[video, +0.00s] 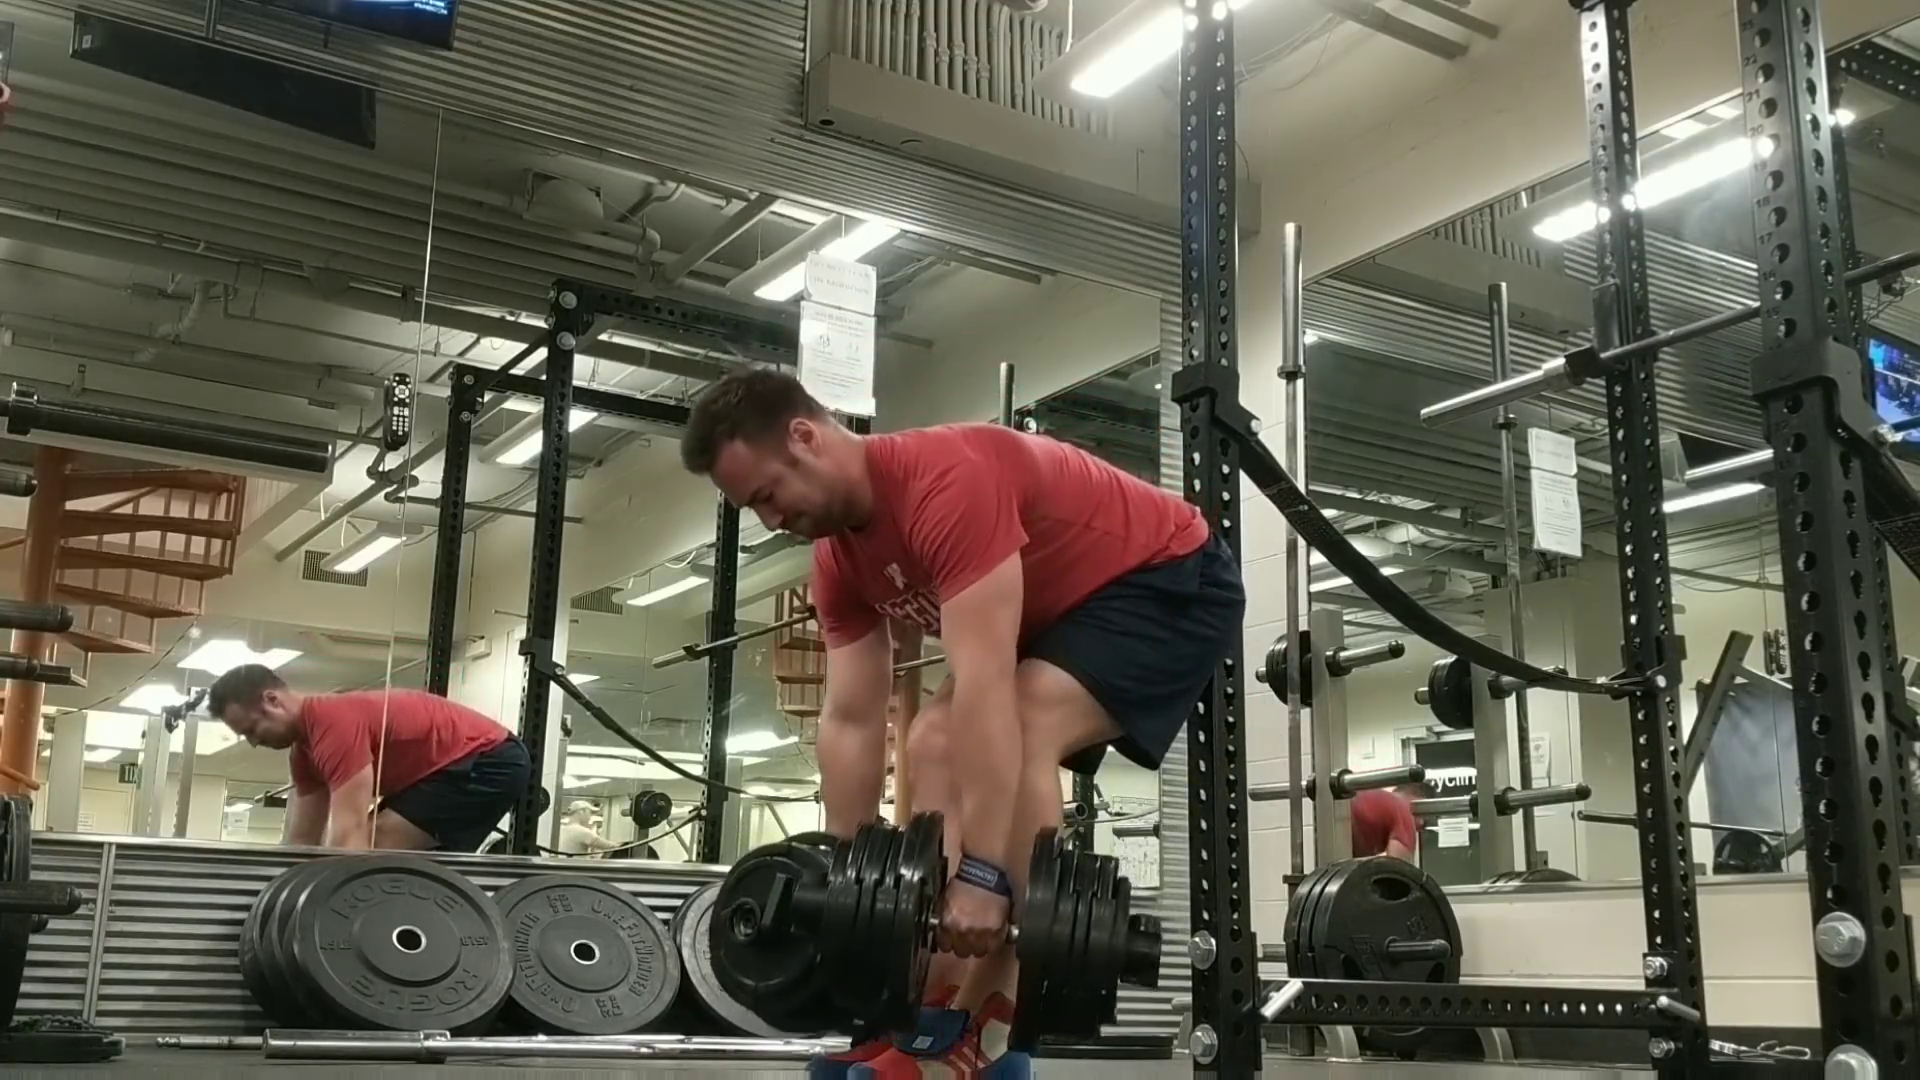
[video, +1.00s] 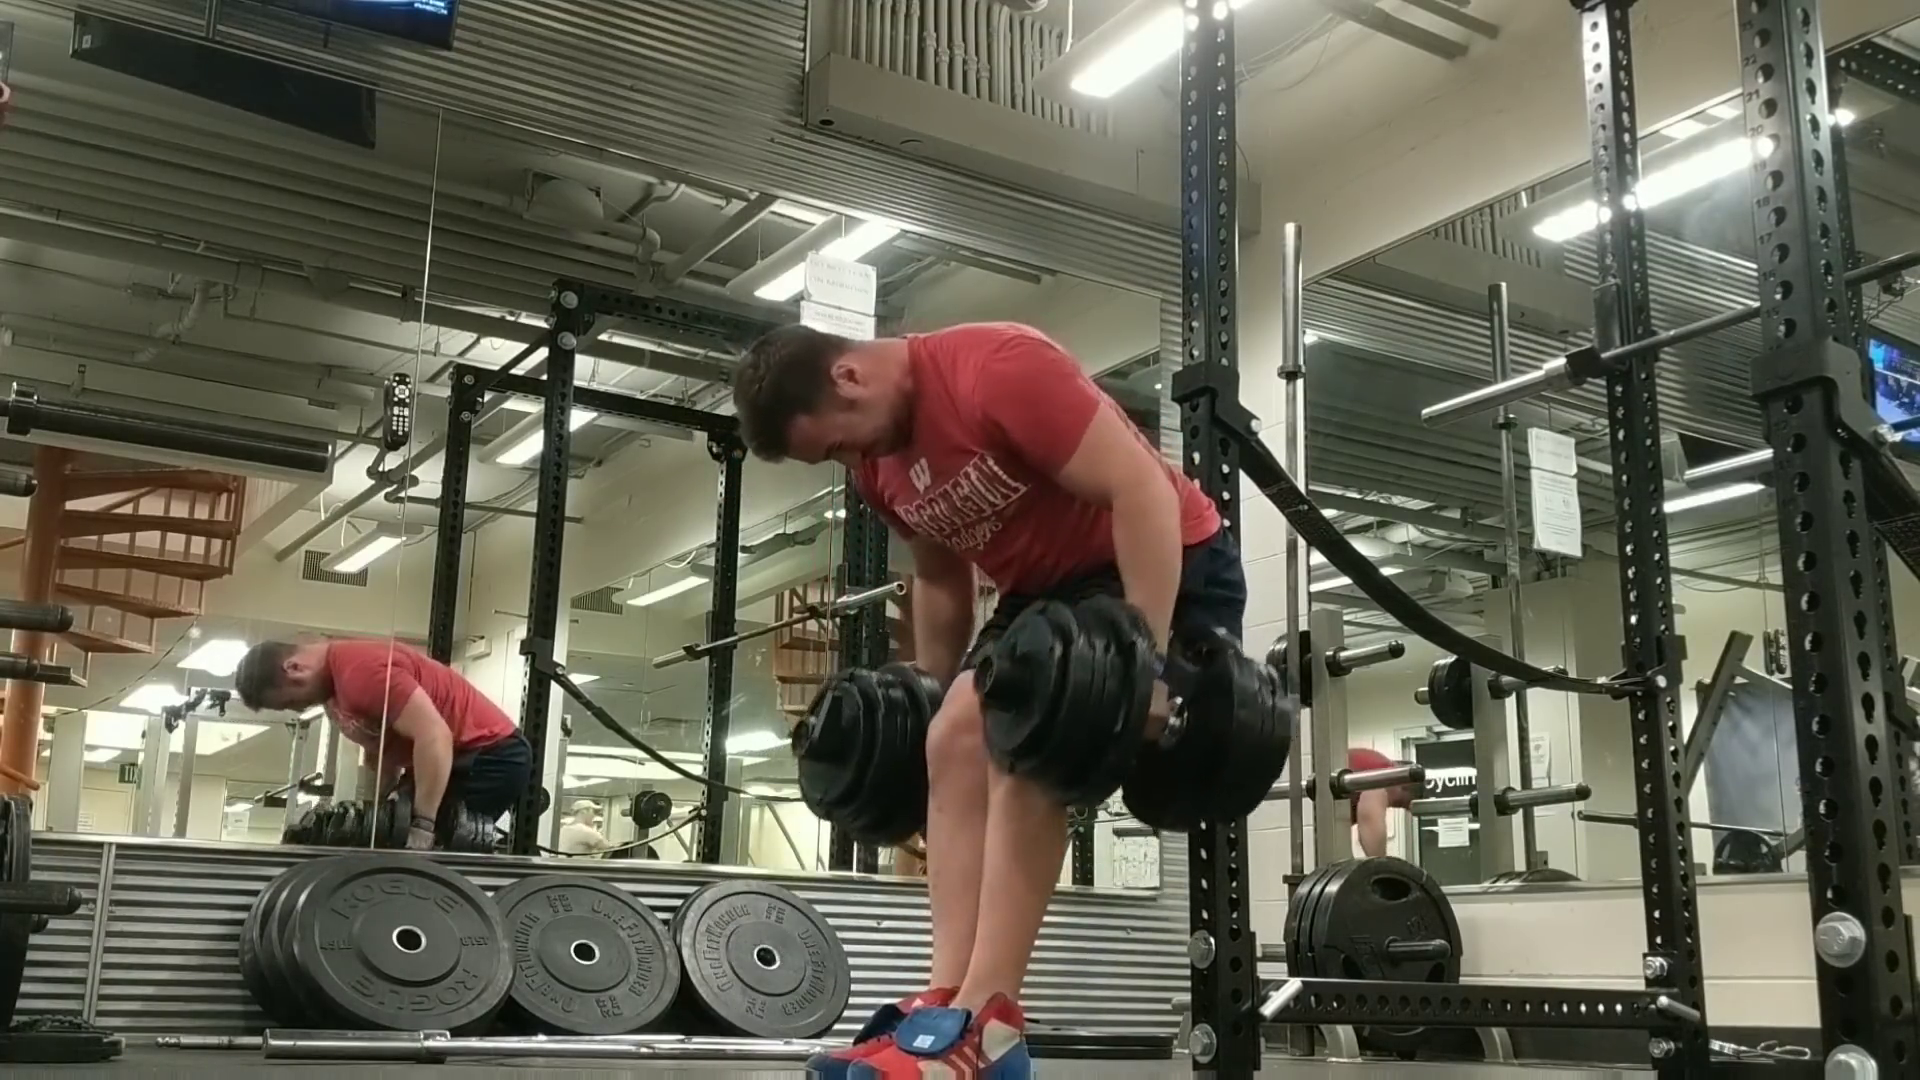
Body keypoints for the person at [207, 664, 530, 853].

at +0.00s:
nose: (252, 741)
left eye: (249, 729)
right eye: (244, 735)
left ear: (273, 700)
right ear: (273, 703)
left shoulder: (335, 723)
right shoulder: (305, 748)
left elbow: (351, 834)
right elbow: (301, 840)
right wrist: (274, 910)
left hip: (489, 760)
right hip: (460, 768)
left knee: (380, 839)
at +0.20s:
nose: (265, 723)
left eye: (262, 712)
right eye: (256, 718)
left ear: (280, 680)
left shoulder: (342, 705)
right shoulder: (310, 729)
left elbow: (373, 808)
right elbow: (325, 811)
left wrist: (344, 896)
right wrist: (300, 886)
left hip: (488, 759)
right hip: (453, 767)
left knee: (388, 855)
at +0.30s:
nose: (269, 714)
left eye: (264, 702)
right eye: (261, 708)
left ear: (285, 670)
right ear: (285, 672)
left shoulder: (346, 688)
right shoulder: (319, 719)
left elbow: (391, 779)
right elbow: (338, 793)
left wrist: (365, 871)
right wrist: (317, 868)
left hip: (486, 759)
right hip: (453, 766)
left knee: (393, 857)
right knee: (395, 861)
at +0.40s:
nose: (282, 706)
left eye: (276, 696)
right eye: (273, 702)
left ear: (290, 662)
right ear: (291, 663)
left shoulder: (352, 675)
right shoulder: (326, 705)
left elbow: (409, 761)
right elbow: (352, 776)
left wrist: (385, 856)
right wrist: (336, 848)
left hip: (490, 756)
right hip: (455, 761)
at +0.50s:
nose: (292, 701)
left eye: (285, 692)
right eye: (283, 697)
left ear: (296, 657)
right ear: (296, 657)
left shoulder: (357, 665)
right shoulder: (332, 691)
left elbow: (426, 740)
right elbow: (365, 759)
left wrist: (406, 829)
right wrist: (347, 831)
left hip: (489, 757)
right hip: (453, 760)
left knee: (422, 862)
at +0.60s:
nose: (303, 701)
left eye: (295, 692)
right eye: (293, 698)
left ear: (300, 657)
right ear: (301, 655)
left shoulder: (364, 661)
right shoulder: (338, 687)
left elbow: (439, 724)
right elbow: (379, 744)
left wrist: (420, 811)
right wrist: (363, 810)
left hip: (490, 756)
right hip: (454, 758)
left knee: (436, 868)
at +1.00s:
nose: (303, 708)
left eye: (293, 702)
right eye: (292, 707)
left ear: (293, 670)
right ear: (294, 667)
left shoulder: (358, 672)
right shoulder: (338, 686)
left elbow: (435, 736)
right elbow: (382, 751)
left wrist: (423, 826)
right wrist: (362, 816)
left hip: (492, 757)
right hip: (457, 759)